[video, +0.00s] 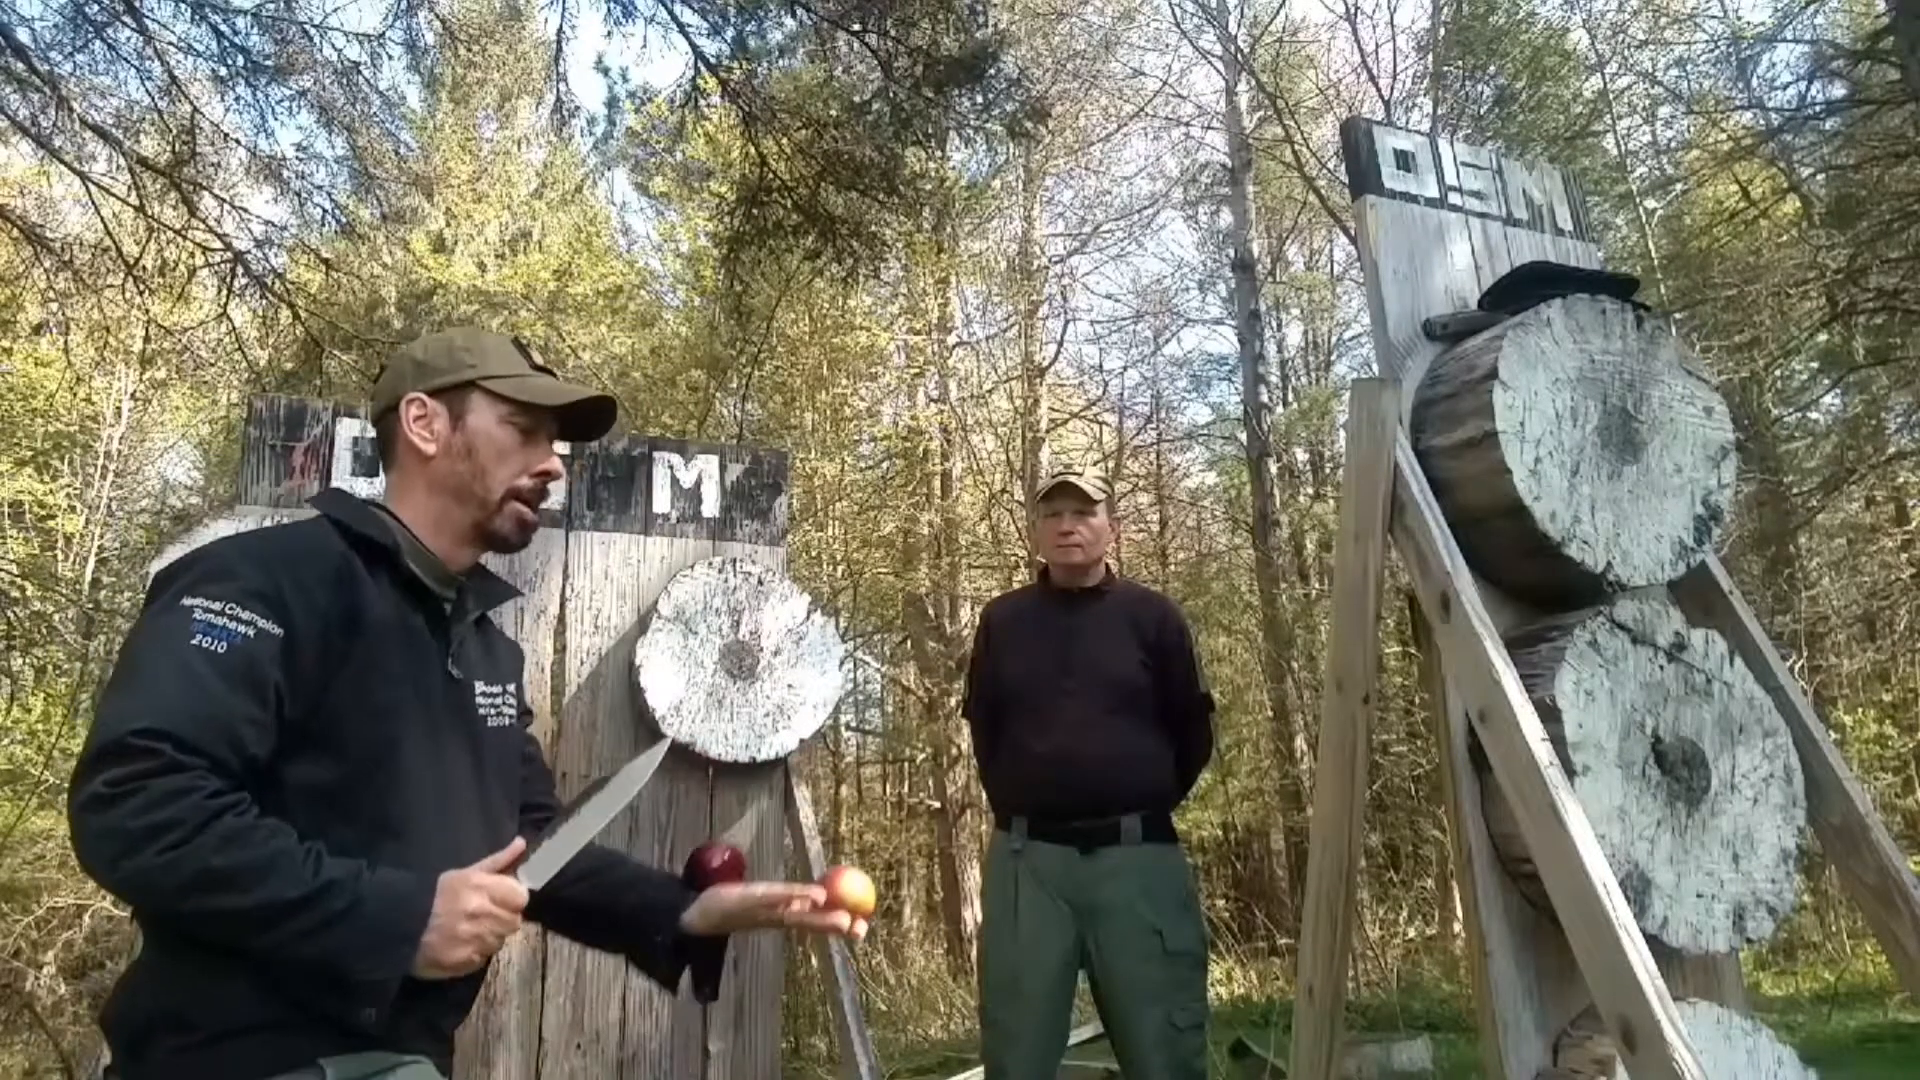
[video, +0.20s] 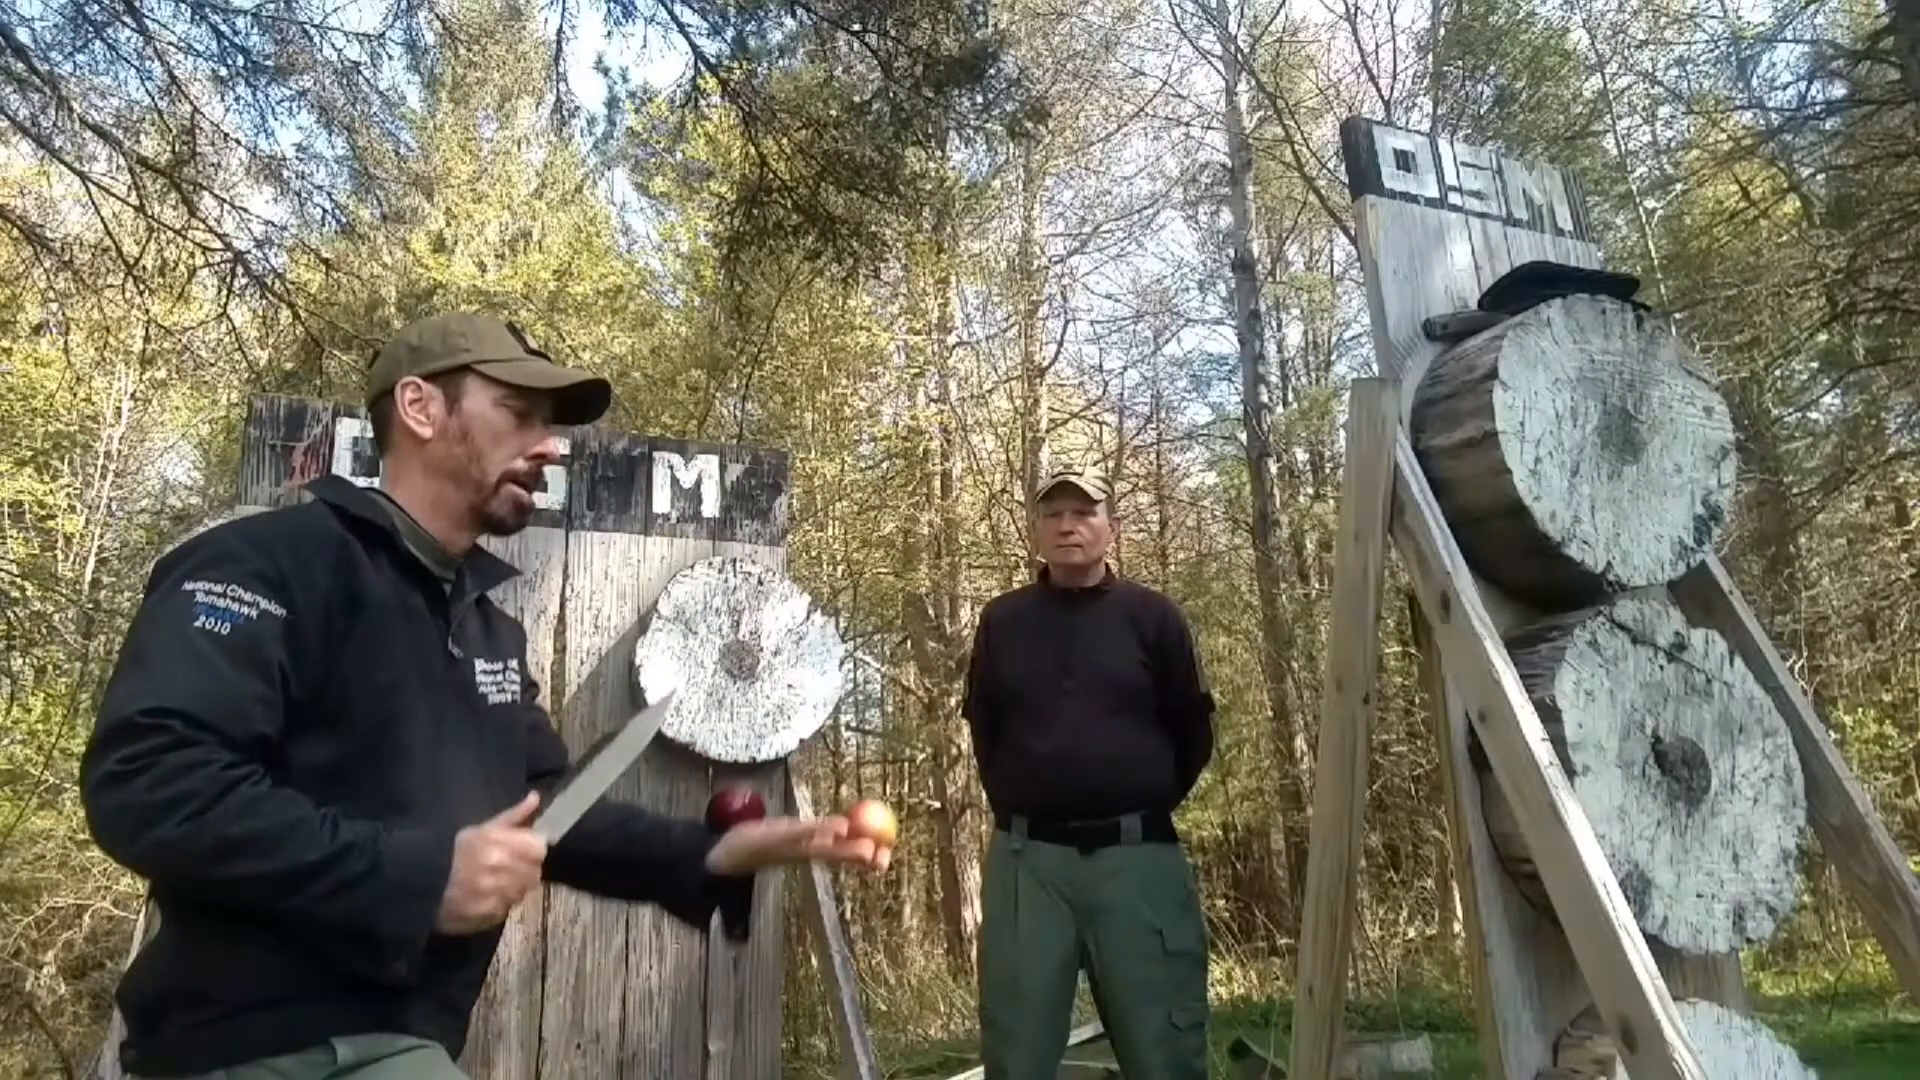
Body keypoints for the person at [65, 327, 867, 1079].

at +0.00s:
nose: (554, 464)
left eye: (558, 441)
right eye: (527, 429)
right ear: (425, 426)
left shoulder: (486, 644)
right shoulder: (265, 574)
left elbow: (530, 848)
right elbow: (137, 807)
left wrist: (697, 911)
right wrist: (399, 917)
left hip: (406, 1050)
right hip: (237, 1050)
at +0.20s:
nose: (552, 450)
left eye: (555, 424)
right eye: (523, 412)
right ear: (420, 409)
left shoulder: (487, 628)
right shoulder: (264, 558)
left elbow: (548, 816)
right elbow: (149, 788)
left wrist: (716, 851)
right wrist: (421, 874)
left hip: (408, 1038)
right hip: (260, 1037)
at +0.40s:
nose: (541, 395)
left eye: (541, 371)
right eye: (510, 359)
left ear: (425, 368)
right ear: (413, 360)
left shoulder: (484, 569)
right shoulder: (277, 506)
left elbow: (579, 719)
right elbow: (196, 704)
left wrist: (769, 699)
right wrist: (492, 707)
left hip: (408, 992)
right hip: (323, 999)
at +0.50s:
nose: (537, 370)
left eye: (538, 347)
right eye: (507, 334)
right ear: (410, 336)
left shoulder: (478, 530)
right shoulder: (292, 468)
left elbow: (598, 665)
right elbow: (234, 649)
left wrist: (780, 631)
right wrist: (518, 600)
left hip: (411, 962)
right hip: (338, 970)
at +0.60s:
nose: (529, 340)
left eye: (528, 319)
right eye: (500, 311)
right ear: (403, 314)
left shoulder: (492, 492)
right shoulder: (298, 443)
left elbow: (604, 626)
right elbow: (276, 598)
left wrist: (780, 577)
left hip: (426, 927)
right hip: (340, 932)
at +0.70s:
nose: (522, 321)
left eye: (522, 300)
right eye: (494, 291)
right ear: (398, 297)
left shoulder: (465, 483)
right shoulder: (316, 412)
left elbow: (594, 609)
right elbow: (344, 532)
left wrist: (774, 551)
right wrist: (543, 387)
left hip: (422, 905)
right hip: (349, 906)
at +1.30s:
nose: (514, 295)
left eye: (510, 275)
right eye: (480, 268)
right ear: (388, 284)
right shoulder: (380, 385)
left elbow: (561, 617)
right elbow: (566, 509)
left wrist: (596, 454)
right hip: (384, 885)